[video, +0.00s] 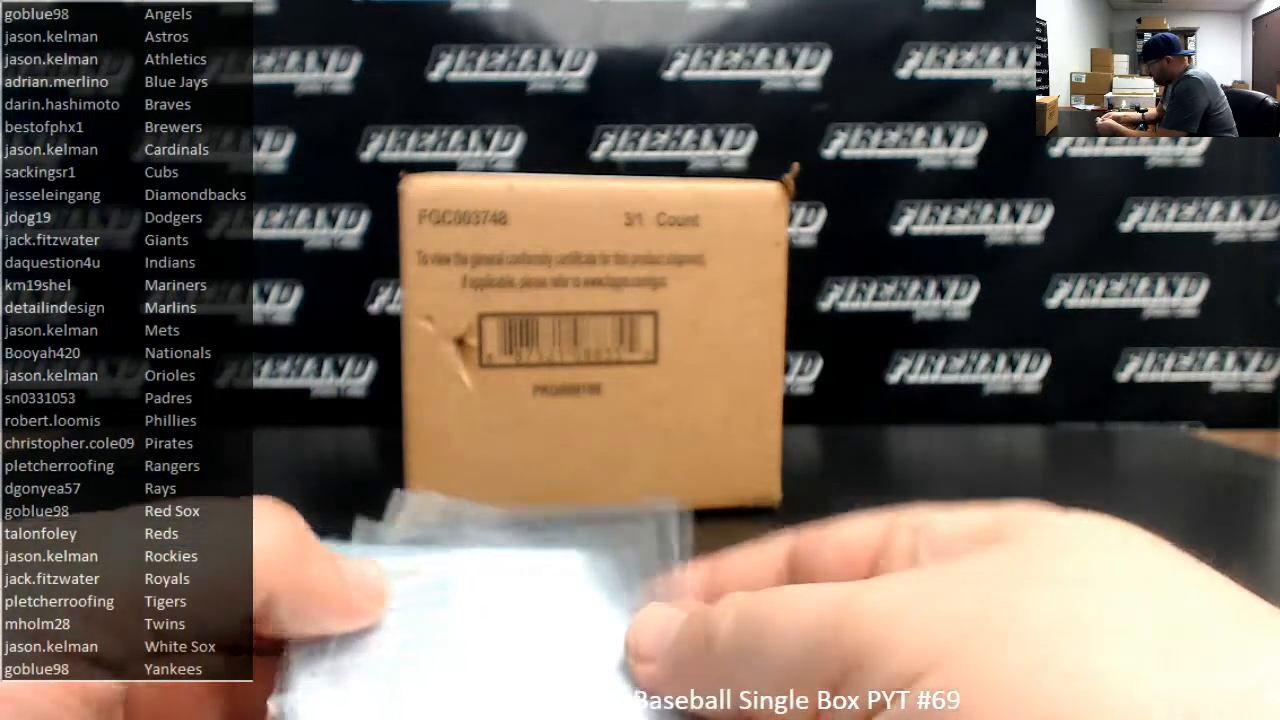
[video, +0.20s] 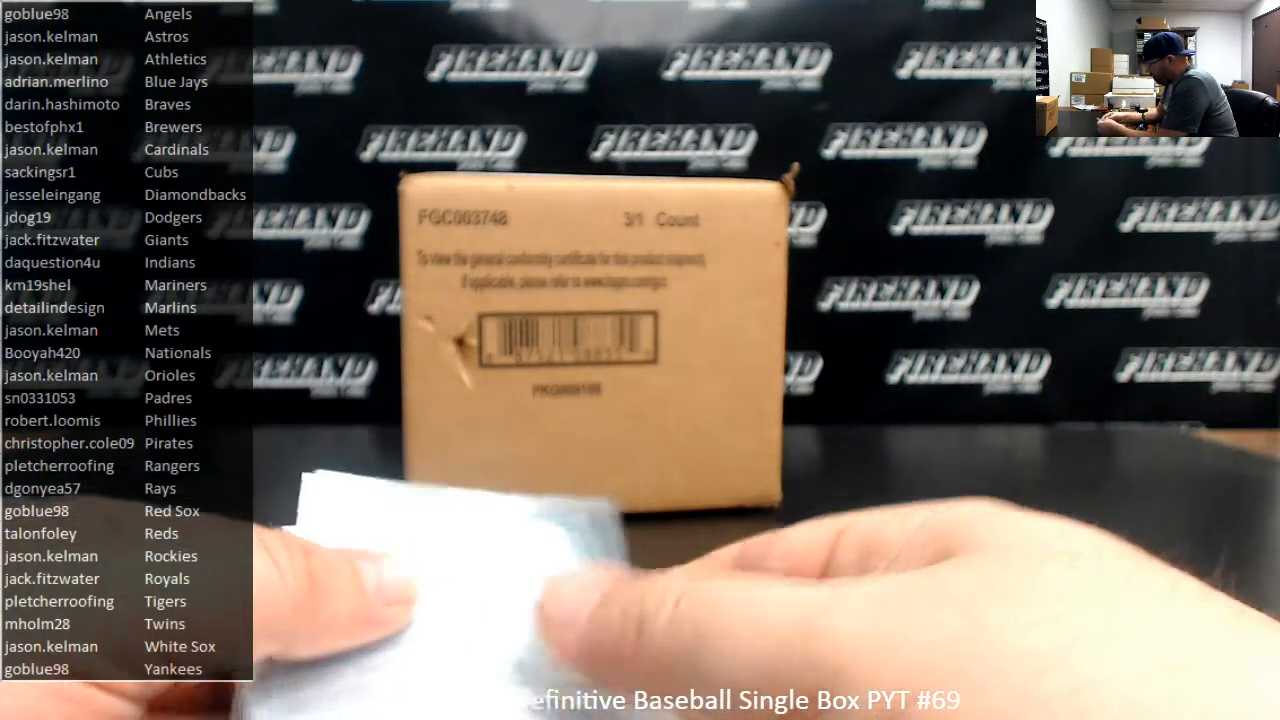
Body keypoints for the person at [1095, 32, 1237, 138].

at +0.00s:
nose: (1148, 73)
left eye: (1150, 66)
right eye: (1147, 67)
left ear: (1167, 60)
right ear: (1168, 60)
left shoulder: (1191, 84)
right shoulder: (1177, 80)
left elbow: (1166, 142)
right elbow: (1159, 112)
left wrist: (1117, 130)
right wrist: (1127, 117)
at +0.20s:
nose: (1148, 72)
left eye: (1150, 65)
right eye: (1147, 66)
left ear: (1169, 60)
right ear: (1170, 60)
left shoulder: (1192, 84)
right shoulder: (1177, 80)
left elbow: (1166, 142)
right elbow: (1159, 113)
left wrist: (1117, 130)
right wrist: (1126, 117)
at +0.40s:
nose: (1151, 68)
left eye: (1154, 61)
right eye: (1150, 62)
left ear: (1174, 58)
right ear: (1174, 58)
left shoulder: (1195, 84)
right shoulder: (1179, 80)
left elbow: (1169, 141)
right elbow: (1161, 113)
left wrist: (1118, 131)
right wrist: (1127, 116)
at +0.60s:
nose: (1154, 64)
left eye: (1158, 58)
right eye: (1154, 58)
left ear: (1178, 56)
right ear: (1178, 57)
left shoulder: (1198, 85)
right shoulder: (1182, 79)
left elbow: (1168, 141)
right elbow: (1170, 108)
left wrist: (1117, 131)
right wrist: (1136, 106)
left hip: (1217, 161)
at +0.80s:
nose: (1158, 64)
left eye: (1162, 57)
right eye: (1158, 58)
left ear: (1183, 57)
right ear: (1183, 57)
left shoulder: (1200, 86)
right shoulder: (1198, 78)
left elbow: (1168, 141)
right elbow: (1180, 107)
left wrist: (1115, 130)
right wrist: (1148, 103)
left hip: (1219, 163)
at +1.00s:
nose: (1161, 61)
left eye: (1165, 55)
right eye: (1161, 55)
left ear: (1186, 57)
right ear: (1189, 57)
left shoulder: (1203, 88)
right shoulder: (1199, 79)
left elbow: (1164, 142)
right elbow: (1180, 106)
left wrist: (1113, 129)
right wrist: (1147, 105)